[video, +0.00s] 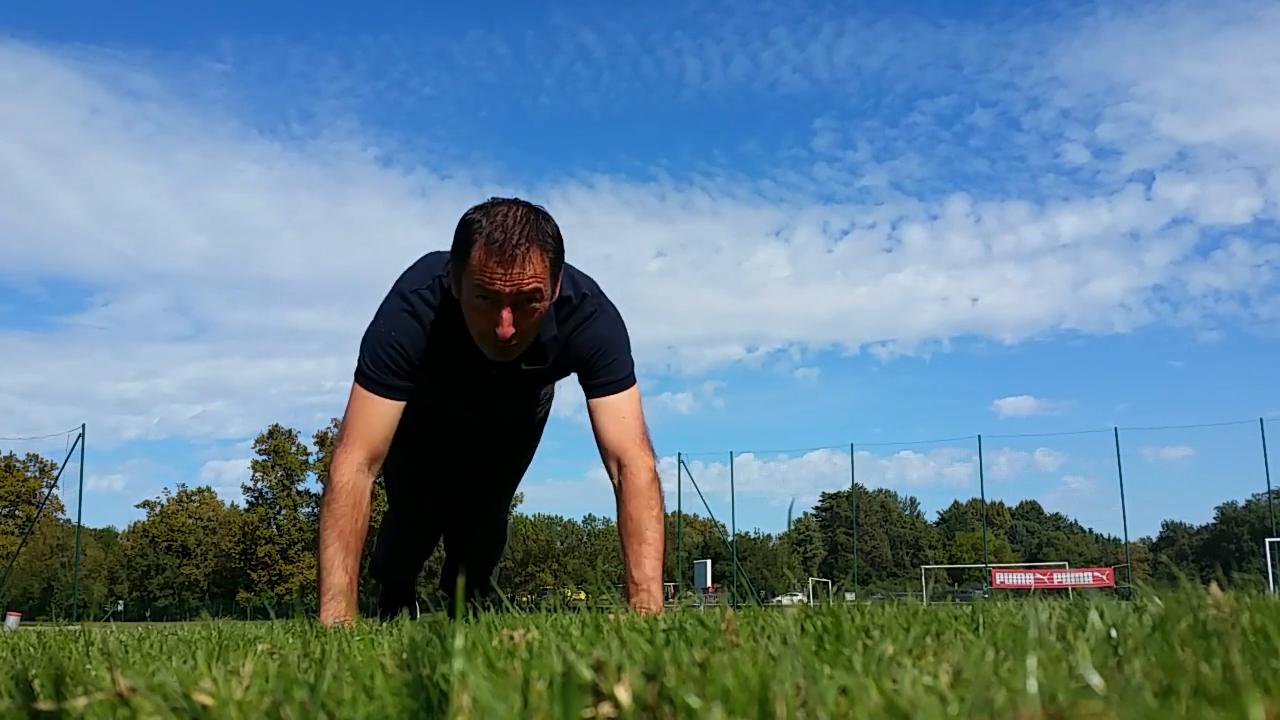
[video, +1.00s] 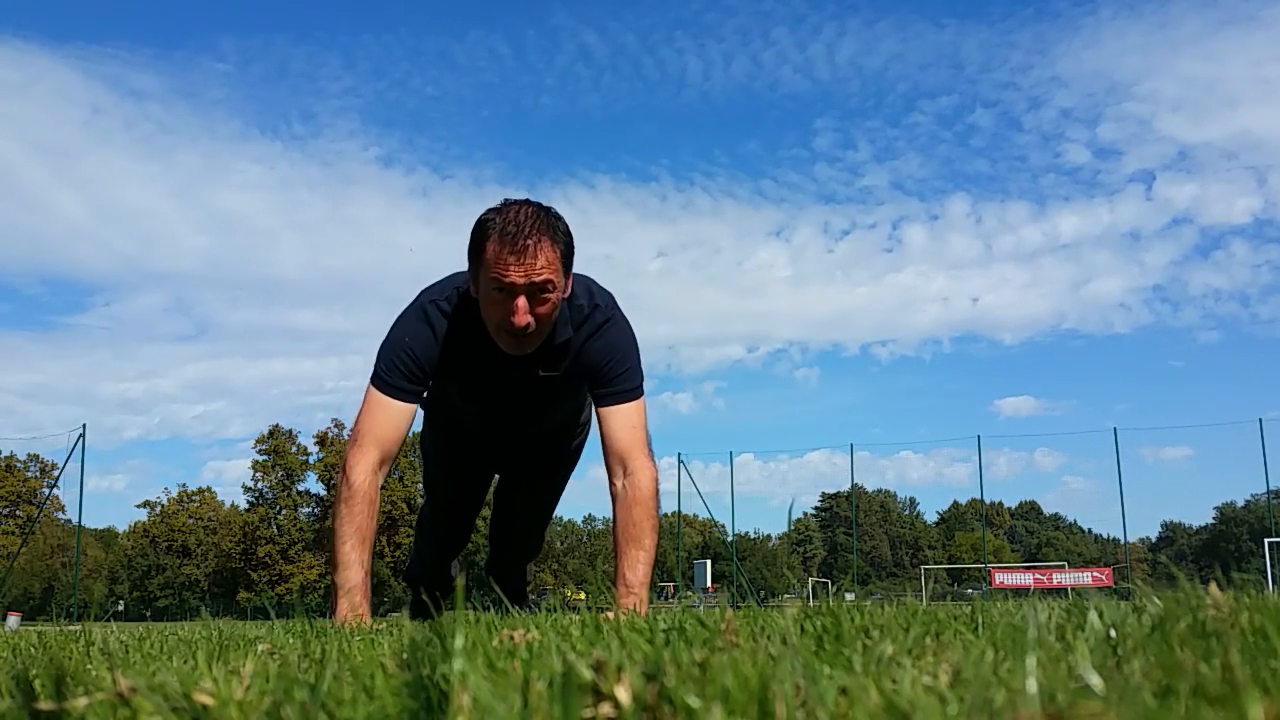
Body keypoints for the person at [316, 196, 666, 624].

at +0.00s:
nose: (506, 324)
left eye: (527, 302)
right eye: (487, 300)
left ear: (555, 286)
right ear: (457, 279)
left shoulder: (589, 320)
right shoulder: (412, 309)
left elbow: (632, 463)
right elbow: (355, 461)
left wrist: (646, 612)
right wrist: (337, 622)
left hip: (511, 421)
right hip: (424, 415)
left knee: (483, 530)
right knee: (410, 525)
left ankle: (466, 627)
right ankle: (392, 614)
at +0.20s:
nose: (517, 328)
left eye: (538, 306)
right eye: (498, 304)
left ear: (563, 292)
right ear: (465, 285)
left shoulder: (595, 324)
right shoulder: (418, 313)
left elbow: (620, 464)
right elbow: (355, 463)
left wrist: (628, 608)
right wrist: (337, 620)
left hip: (511, 407)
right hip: (426, 402)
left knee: (481, 520)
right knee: (411, 510)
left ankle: (467, 623)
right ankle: (412, 607)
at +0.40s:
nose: (511, 341)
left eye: (531, 318)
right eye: (492, 317)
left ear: (556, 301)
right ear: (462, 300)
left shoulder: (594, 326)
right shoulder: (419, 324)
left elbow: (625, 467)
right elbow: (354, 469)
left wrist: (629, 609)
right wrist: (337, 623)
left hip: (533, 410)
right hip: (444, 406)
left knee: (494, 522)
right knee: (436, 513)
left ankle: (473, 617)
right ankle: (426, 621)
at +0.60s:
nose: (514, 328)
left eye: (534, 306)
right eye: (496, 305)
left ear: (560, 291)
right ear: (467, 287)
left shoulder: (593, 322)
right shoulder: (427, 313)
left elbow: (629, 469)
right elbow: (357, 449)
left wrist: (631, 611)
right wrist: (353, 595)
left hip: (546, 420)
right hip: (459, 408)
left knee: (500, 530)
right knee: (441, 517)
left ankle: (487, 632)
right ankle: (427, 628)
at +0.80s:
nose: (513, 327)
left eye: (532, 304)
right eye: (494, 302)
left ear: (559, 291)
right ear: (466, 288)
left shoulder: (596, 328)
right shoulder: (423, 328)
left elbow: (628, 471)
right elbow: (365, 467)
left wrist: (631, 614)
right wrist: (353, 619)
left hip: (548, 431)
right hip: (462, 423)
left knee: (517, 538)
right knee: (440, 532)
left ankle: (518, 627)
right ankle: (426, 630)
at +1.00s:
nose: (520, 316)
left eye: (541, 292)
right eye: (502, 291)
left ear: (565, 282)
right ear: (473, 280)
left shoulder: (599, 324)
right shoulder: (429, 322)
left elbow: (631, 471)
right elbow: (364, 461)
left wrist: (631, 612)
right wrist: (351, 616)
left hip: (548, 437)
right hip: (460, 428)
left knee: (519, 543)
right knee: (442, 532)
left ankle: (506, 625)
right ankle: (425, 624)